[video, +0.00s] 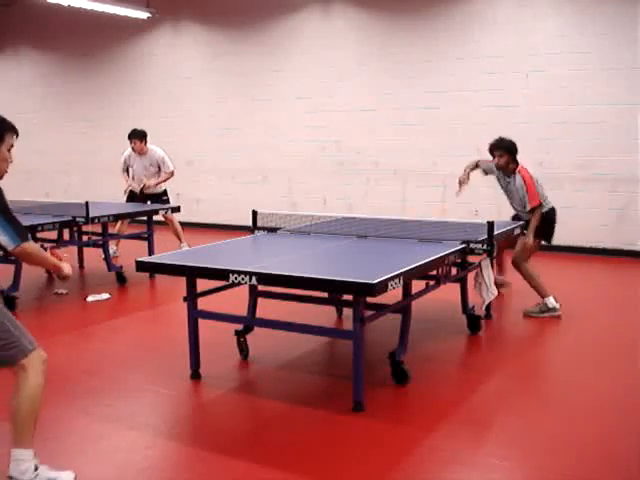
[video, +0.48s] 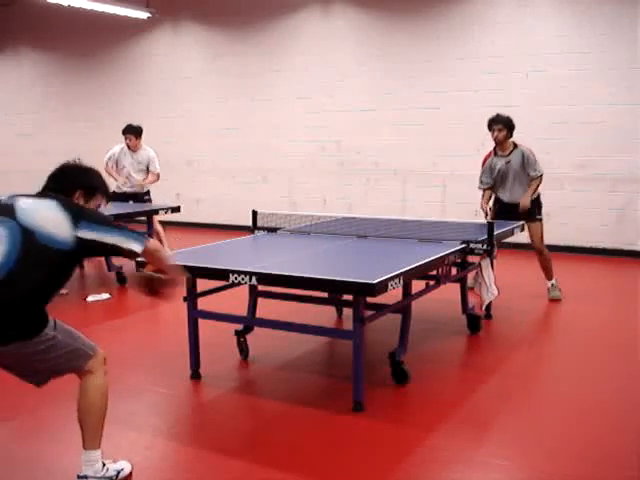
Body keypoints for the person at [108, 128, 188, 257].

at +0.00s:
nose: (132, 146)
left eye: (135, 143)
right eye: (131, 143)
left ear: (143, 142)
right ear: (130, 143)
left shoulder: (157, 154)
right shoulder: (128, 155)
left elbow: (170, 172)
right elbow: (124, 171)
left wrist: (154, 182)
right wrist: (128, 182)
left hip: (157, 193)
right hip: (136, 191)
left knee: (168, 217)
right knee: (123, 218)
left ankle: (183, 243)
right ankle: (114, 246)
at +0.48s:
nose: (127, 142)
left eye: (130, 139)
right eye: (126, 139)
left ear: (138, 139)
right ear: (124, 138)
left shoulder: (149, 154)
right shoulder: (119, 150)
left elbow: (155, 174)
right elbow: (107, 166)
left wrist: (144, 182)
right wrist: (117, 178)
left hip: (140, 192)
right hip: (120, 192)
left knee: (152, 220)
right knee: (111, 221)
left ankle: (165, 248)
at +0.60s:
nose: (134, 156)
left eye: (137, 153)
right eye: (132, 153)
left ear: (143, 153)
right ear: (129, 153)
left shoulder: (151, 168)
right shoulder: (123, 165)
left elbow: (162, 187)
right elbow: (114, 184)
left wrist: (167, 200)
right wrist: (131, 192)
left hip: (142, 204)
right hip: (122, 203)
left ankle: (160, 251)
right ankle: (94, 248)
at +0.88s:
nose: (148, 160)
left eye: (150, 156)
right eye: (144, 158)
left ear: (153, 155)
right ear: (139, 159)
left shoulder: (160, 165)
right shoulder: (135, 167)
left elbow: (174, 178)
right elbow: (127, 185)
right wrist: (138, 198)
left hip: (157, 200)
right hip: (141, 201)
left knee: (155, 220)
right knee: (117, 223)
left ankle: (165, 252)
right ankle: (97, 247)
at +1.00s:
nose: (146, 153)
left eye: (148, 150)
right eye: (143, 151)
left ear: (153, 146)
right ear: (141, 150)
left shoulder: (163, 154)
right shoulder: (141, 160)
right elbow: (131, 177)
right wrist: (128, 175)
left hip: (165, 195)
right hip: (147, 194)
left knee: (156, 219)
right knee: (126, 218)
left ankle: (165, 250)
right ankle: (121, 242)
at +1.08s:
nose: (143, 149)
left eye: (146, 145)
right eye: (141, 146)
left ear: (153, 144)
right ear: (140, 146)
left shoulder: (164, 151)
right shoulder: (141, 154)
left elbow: (163, 162)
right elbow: (135, 163)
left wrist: (138, 158)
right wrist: (126, 166)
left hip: (168, 191)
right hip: (152, 190)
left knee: (164, 219)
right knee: (133, 217)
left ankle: (168, 250)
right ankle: (133, 244)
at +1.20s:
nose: (144, 148)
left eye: (147, 145)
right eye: (143, 145)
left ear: (155, 144)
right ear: (141, 145)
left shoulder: (168, 155)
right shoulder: (143, 156)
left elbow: (168, 175)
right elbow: (134, 166)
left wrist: (141, 173)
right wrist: (128, 174)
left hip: (176, 189)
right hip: (159, 190)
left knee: (179, 215)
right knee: (147, 217)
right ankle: (145, 245)